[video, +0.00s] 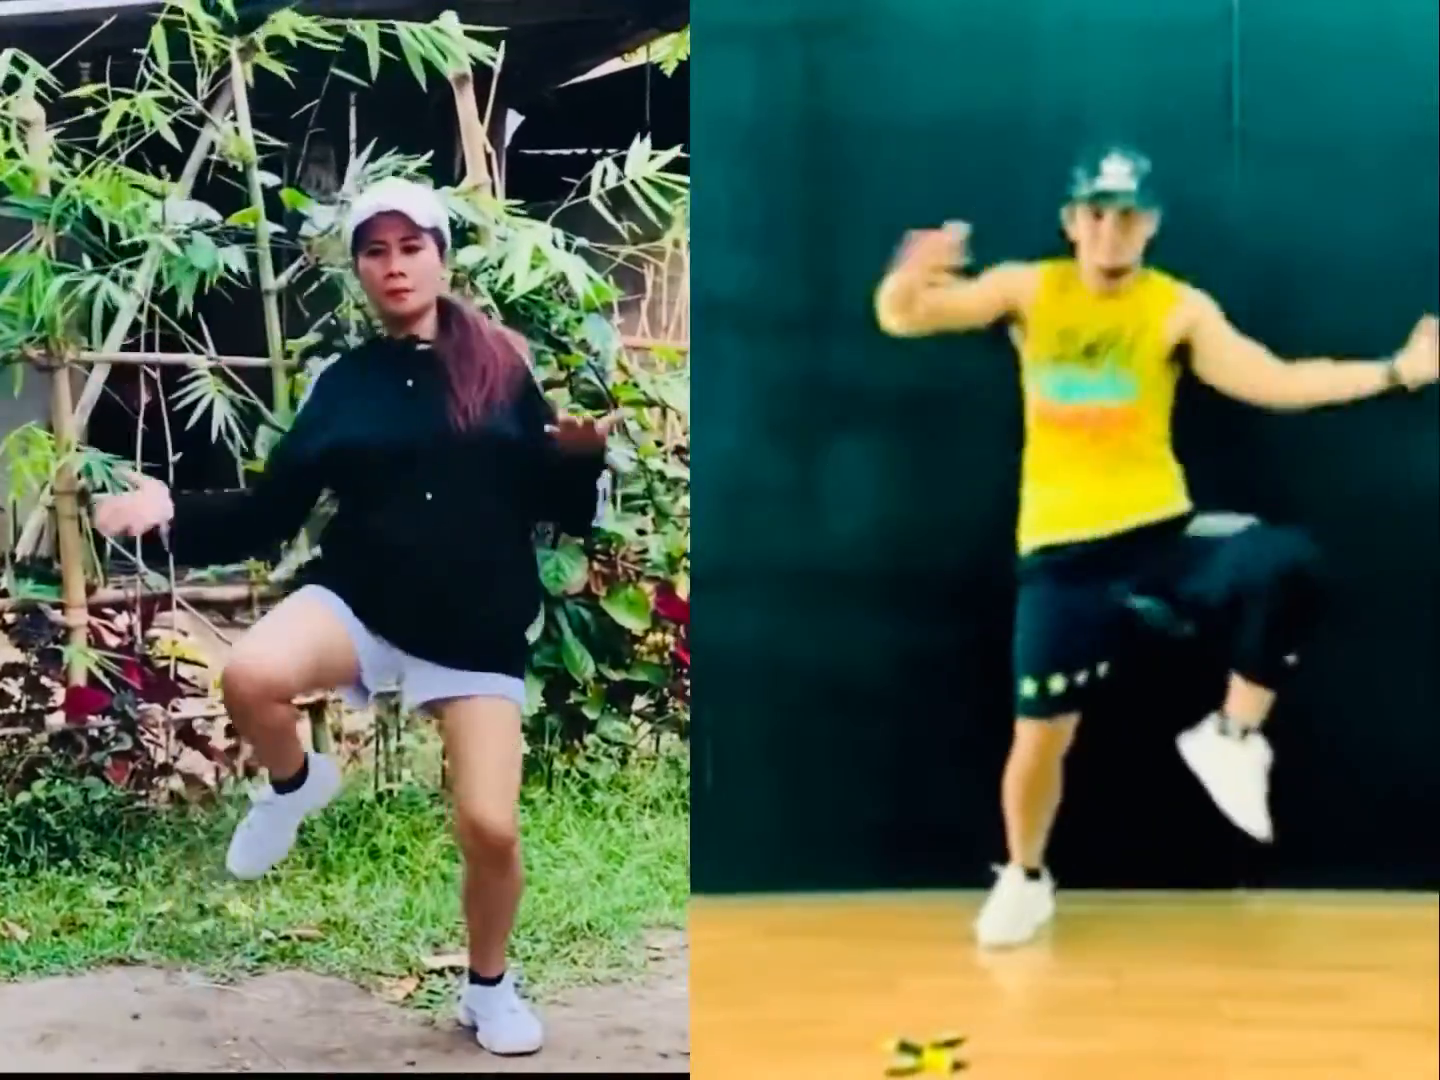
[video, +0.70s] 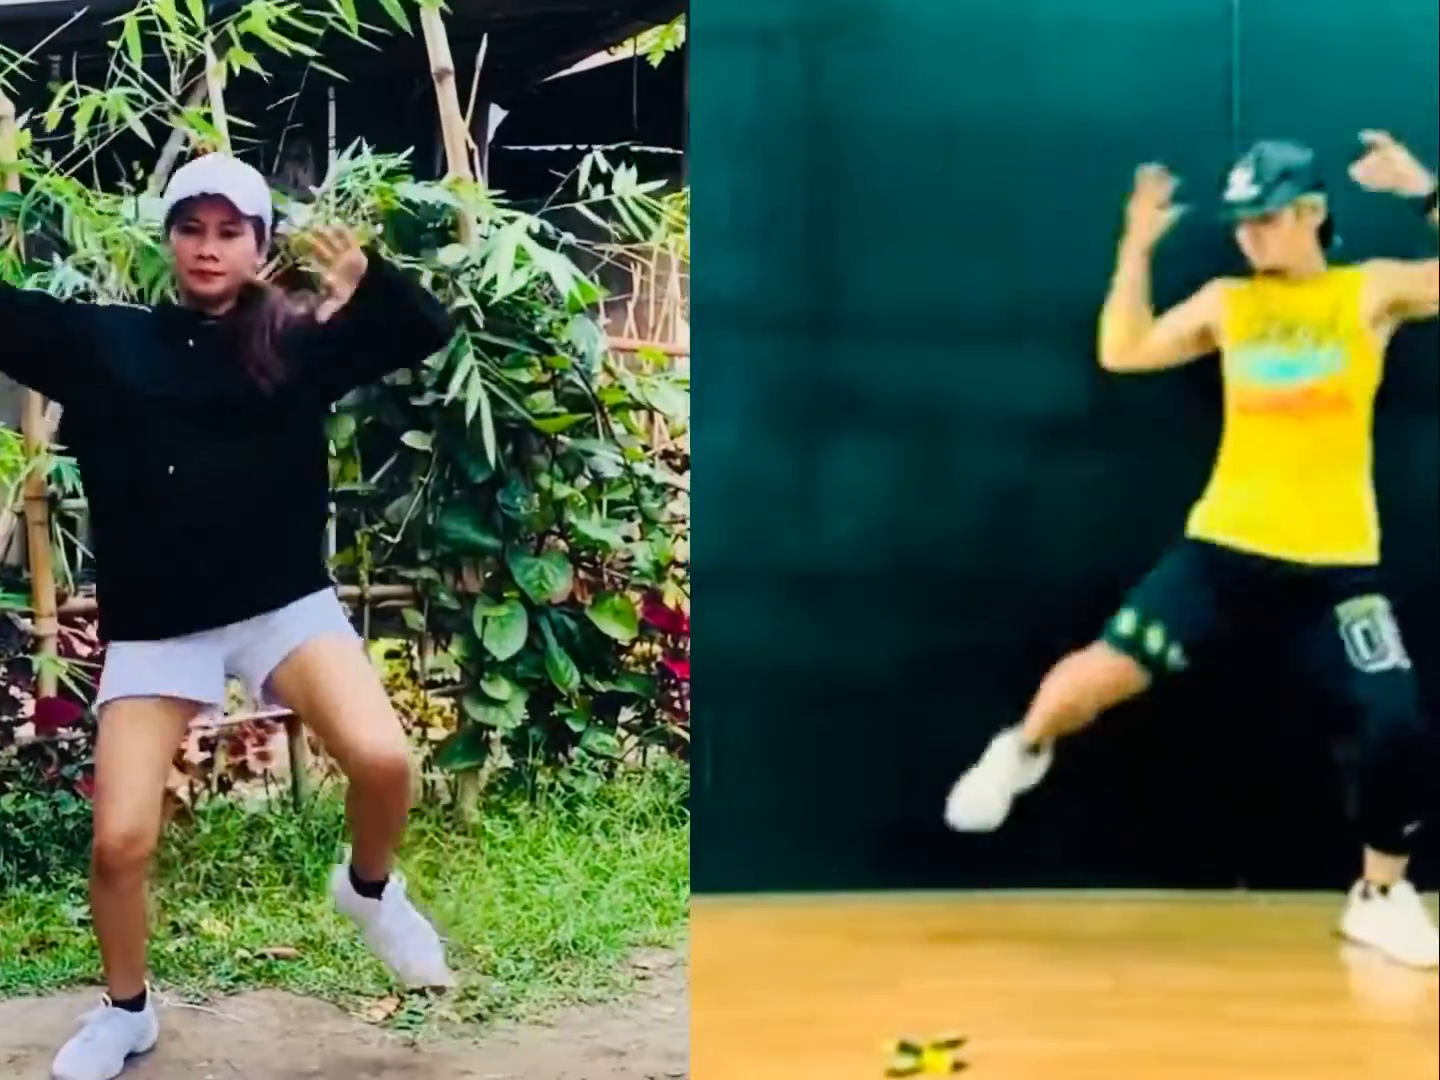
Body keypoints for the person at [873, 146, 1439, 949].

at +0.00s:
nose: (1112, 234)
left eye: (1129, 218)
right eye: (1098, 216)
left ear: (1151, 225)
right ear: (1071, 220)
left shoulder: (1178, 309)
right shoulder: (1027, 288)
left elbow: (1275, 381)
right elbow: (906, 316)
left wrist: (1396, 371)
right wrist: (907, 277)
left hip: (1160, 533)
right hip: (1058, 548)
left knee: (1284, 562)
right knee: (1041, 728)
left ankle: (1233, 735)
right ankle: (1023, 876)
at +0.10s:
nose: (1121, 255)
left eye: (1137, 237)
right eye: (1106, 237)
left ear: (1163, 241)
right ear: (1085, 239)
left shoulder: (1188, 307)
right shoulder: (1044, 301)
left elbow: (1283, 352)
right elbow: (920, 309)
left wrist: (1342, 323)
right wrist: (832, 253)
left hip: (1159, 536)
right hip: (1059, 551)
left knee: (1288, 543)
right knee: (1040, 733)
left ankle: (1231, 714)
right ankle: (1020, 880)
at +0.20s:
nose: (1136, 228)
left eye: (1152, 211)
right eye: (1123, 212)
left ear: (1180, 211)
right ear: (1103, 214)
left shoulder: (1205, 285)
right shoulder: (1059, 277)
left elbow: (1308, 357)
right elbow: (953, 314)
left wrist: (1288, 263)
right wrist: (930, 239)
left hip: (1177, 521)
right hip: (1076, 537)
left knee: (1315, 566)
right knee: (1044, 730)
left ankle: (1293, 749)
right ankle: (1015, 873)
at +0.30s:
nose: (1129, 234)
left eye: (1145, 218)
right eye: (1118, 217)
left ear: (1185, 219)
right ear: (1104, 219)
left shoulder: (1219, 307)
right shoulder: (1072, 284)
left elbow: (1327, 388)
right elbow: (968, 298)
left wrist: (1327, 281)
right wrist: (1018, 202)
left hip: (1216, 545)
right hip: (1104, 556)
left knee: (1340, 667)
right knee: (1043, 744)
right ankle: (1034, 872)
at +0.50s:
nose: (1200, 314)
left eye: (1214, 297)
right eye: (1189, 300)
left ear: (1251, 300)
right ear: (1175, 307)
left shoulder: (1291, 367)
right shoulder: (1151, 364)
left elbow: (1378, 307)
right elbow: (1066, 282)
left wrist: (1430, 260)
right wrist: (988, 192)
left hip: (1275, 621)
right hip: (1164, 626)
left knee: (1384, 747)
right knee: (1106, 789)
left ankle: (1380, 896)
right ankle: (1042, 882)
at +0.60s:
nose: (1241, 283)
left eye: (1256, 265)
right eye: (1231, 269)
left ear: (1296, 258)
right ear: (1220, 273)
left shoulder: (1345, 311)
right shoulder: (1198, 333)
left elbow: (1434, 277)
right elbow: (1071, 330)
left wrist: (1405, 189)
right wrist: (1038, 224)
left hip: (1312, 584)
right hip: (1207, 574)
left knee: (1397, 741)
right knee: (1111, 731)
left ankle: (1381, 897)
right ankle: (1001, 845)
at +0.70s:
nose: (1254, 239)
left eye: (1268, 220)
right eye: (1244, 223)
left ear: (1314, 213)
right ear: (1236, 228)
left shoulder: (1376, 289)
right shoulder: (1226, 303)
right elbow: (1123, 350)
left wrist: (1424, 189)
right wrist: (1135, 243)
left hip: (1339, 562)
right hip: (1225, 548)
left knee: (1397, 722)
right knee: (1099, 678)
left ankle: (1380, 896)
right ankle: (1022, 752)